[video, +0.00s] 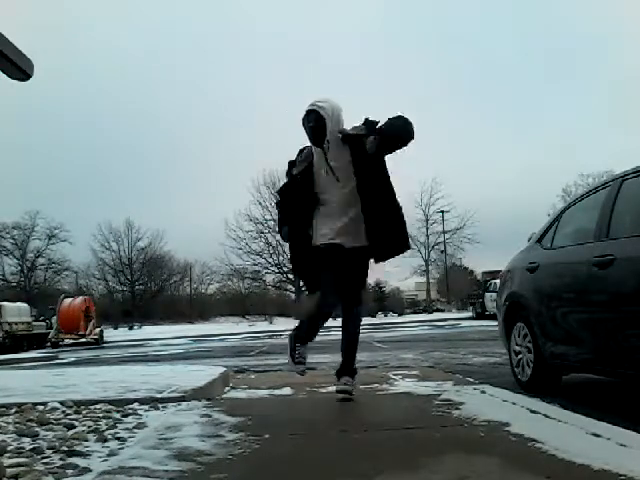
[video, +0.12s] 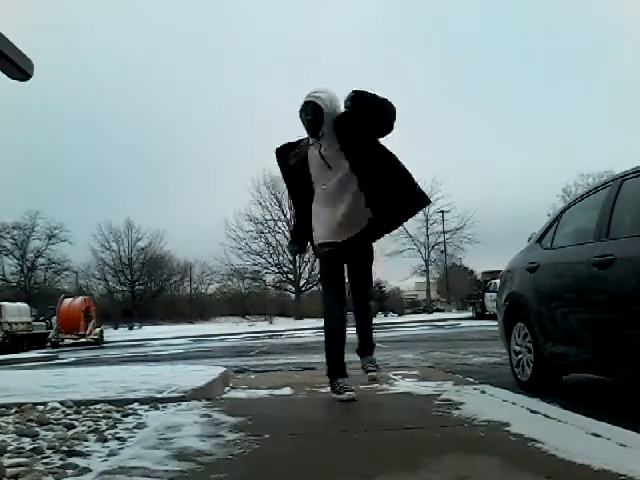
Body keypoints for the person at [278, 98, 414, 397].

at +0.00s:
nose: (310, 128)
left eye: (316, 121)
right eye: (307, 123)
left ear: (332, 121)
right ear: (305, 126)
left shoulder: (360, 144)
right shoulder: (305, 161)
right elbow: (288, 203)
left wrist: (384, 134)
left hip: (356, 242)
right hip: (321, 243)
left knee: (352, 309)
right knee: (326, 303)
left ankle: (347, 375)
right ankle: (298, 341)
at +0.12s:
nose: (309, 120)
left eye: (314, 113)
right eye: (305, 115)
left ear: (329, 112)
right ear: (302, 119)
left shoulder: (351, 130)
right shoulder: (300, 155)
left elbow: (387, 118)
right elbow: (301, 202)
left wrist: (358, 99)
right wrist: (298, 238)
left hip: (358, 233)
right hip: (325, 240)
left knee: (361, 301)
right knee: (333, 309)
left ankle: (367, 354)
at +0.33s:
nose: (307, 142)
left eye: (311, 135)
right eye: (303, 137)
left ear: (328, 136)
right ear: (302, 140)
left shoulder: (349, 162)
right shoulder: (303, 176)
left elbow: (380, 162)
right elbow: (305, 219)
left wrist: (349, 129)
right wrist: (287, 187)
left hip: (357, 253)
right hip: (324, 258)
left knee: (378, 300)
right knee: (335, 325)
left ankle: (395, 313)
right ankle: (345, 381)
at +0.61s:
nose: (314, 140)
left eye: (320, 134)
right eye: (310, 135)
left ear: (336, 135)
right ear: (306, 140)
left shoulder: (351, 160)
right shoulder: (301, 176)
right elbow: (292, 222)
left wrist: (354, 145)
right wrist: (289, 256)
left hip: (352, 249)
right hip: (319, 257)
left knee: (368, 313)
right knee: (332, 320)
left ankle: (384, 294)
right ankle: (341, 380)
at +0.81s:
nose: (343, 134)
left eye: (347, 128)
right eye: (337, 128)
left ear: (352, 131)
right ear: (322, 130)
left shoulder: (363, 164)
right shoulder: (303, 160)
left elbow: (385, 202)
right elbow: (270, 169)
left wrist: (381, 230)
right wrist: (278, 139)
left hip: (353, 247)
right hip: (319, 250)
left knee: (356, 298)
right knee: (333, 315)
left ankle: (376, 346)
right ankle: (340, 377)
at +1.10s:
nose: (353, 142)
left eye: (357, 137)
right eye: (347, 136)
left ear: (362, 139)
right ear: (333, 137)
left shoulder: (371, 173)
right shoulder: (317, 165)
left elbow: (382, 220)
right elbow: (293, 185)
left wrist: (387, 266)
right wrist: (300, 145)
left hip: (353, 255)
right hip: (319, 254)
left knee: (345, 317)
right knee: (315, 306)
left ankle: (340, 381)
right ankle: (309, 328)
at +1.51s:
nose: (351, 140)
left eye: (357, 134)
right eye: (345, 134)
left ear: (365, 137)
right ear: (332, 136)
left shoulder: (377, 176)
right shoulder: (314, 168)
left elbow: (386, 219)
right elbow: (298, 208)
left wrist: (394, 249)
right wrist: (303, 168)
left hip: (360, 255)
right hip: (321, 251)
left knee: (356, 319)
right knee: (298, 312)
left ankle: (347, 380)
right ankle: (296, 284)